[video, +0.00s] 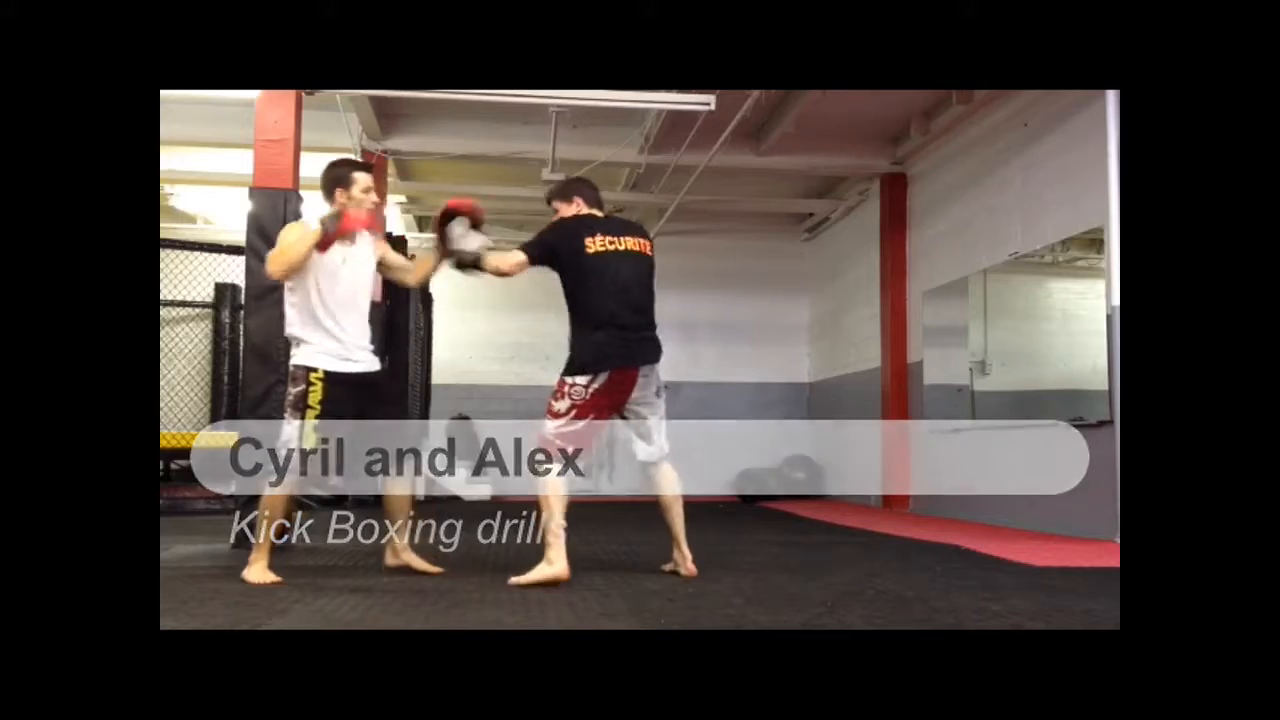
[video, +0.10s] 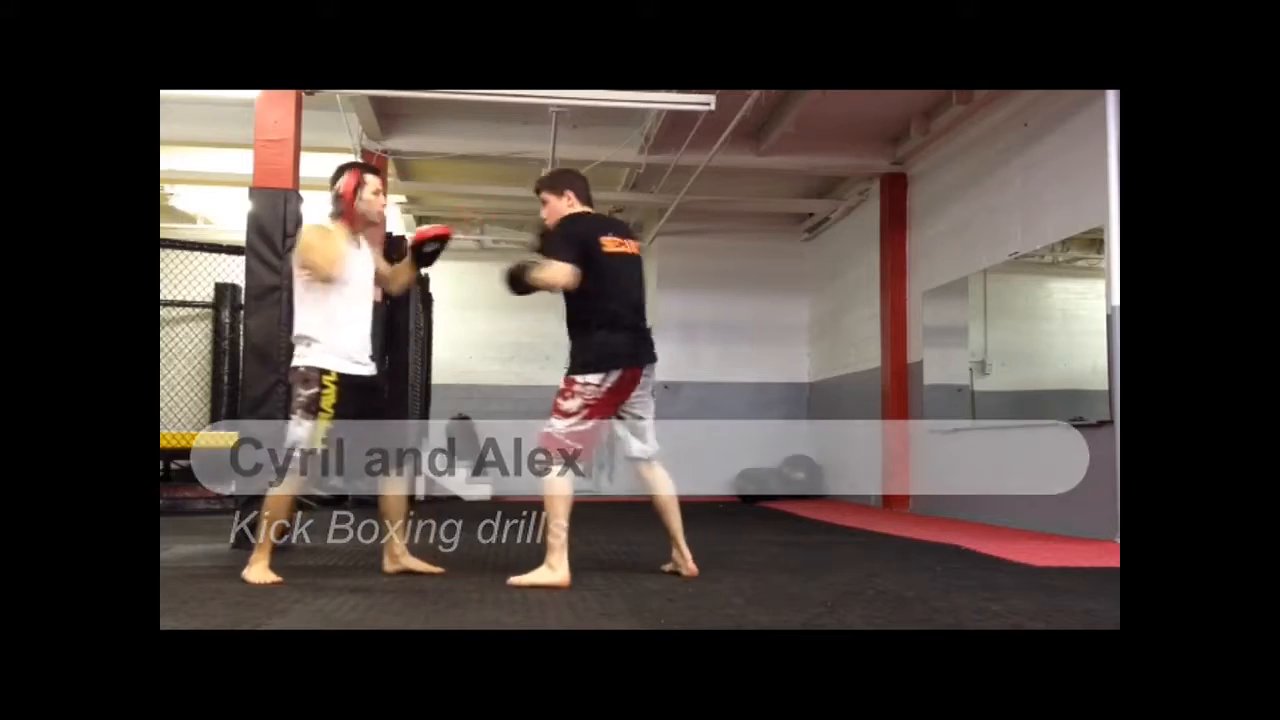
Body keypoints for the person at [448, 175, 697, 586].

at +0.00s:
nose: (555, 216)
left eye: (556, 209)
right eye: (554, 210)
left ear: (577, 203)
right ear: (593, 203)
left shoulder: (565, 230)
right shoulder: (637, 232)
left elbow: (507, 265)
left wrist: (472, 253)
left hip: (595, 358)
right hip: (645, 356)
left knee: (549, 452)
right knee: (657, 456)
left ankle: (555, 558)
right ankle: (683, 555)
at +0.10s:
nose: (544, 215)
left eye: (546, 204)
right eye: (542, 206)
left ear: (569, 198)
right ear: (582, 200)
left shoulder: (571, 227)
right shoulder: (622, 230)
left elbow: (564, 276)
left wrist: (527, 274)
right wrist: (554, 252)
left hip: (598, 360)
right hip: (638, 358)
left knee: (555, 452)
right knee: (646, 457)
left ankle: (556, 564)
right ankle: (683, 555)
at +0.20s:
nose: (536, 212)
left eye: (539, 202)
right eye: (535, 203)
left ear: (563, 195)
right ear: (559, 197)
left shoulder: (602, 228)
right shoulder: (568, 238)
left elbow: (610, 286)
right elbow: (530, 265)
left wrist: (559, 269)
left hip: (610, 364)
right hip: (613, 363)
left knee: (560, 452)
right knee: (627, 461)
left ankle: (557, 564)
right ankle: (680, 554)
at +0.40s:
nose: (550, 200)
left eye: (553, 191)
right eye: (550, 192)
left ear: (574, 189)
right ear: (582, 190)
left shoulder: (594, 230)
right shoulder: (610, 228)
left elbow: (564, 285)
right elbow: (569, 283)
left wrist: (539, 253)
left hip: (597, 360)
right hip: (623, 359)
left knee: (565, 453)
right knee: (599, 453)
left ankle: (557, 562)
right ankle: (635, 549)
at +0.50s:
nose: (578, 198)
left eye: (581, 191)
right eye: (579, 191)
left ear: (598, 188)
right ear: (619, 190)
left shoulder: (587, 219)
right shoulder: (652, 234)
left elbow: (535, 238)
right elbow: (620, 270)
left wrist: (500, 236)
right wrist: (572, 253)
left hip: (583, 352)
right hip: (632, 357)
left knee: (525, 426)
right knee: (607, 451)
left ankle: (527, 521)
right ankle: (616, 551)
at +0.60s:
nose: (603, 205)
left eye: (605, 198)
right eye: (604, 199)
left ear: (624, 194)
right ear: (643, 199)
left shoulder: (609, 220)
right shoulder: (673, 244)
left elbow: (549, 240)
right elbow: (641, 280)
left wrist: (504, 244)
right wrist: (596, 265)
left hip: (587, 339)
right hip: (635, 357)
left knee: (501, 379)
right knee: (621, 456)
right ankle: (619, 554)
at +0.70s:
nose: (620, 212)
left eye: (622, 206)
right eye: (620, 206)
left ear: (641, 204)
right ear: (661, 209)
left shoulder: (628, 225)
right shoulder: (686, 256)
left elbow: (596, 261)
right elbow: (647, 289)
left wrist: (550, 271)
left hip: (583, 339)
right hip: (631, 365)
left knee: (505, 362)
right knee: (638, 455)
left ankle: (427, 398)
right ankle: (622, 554)